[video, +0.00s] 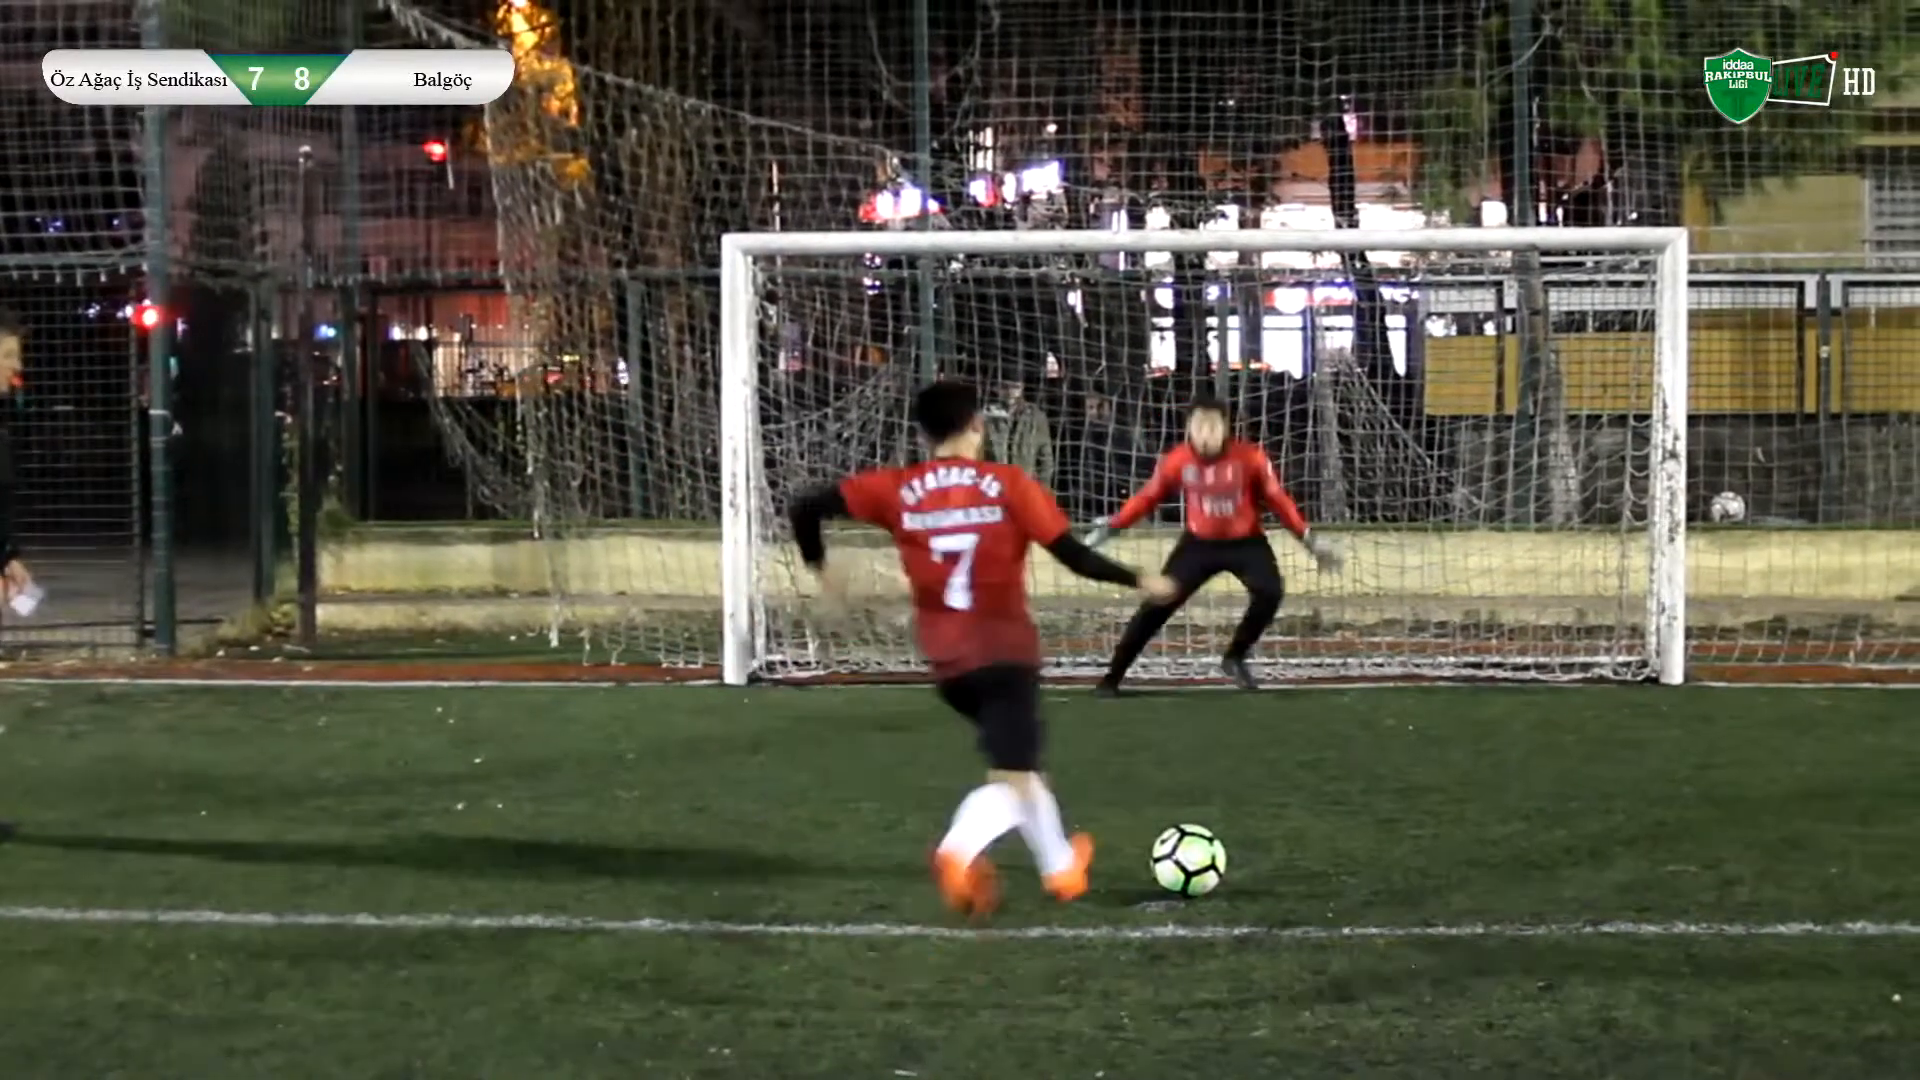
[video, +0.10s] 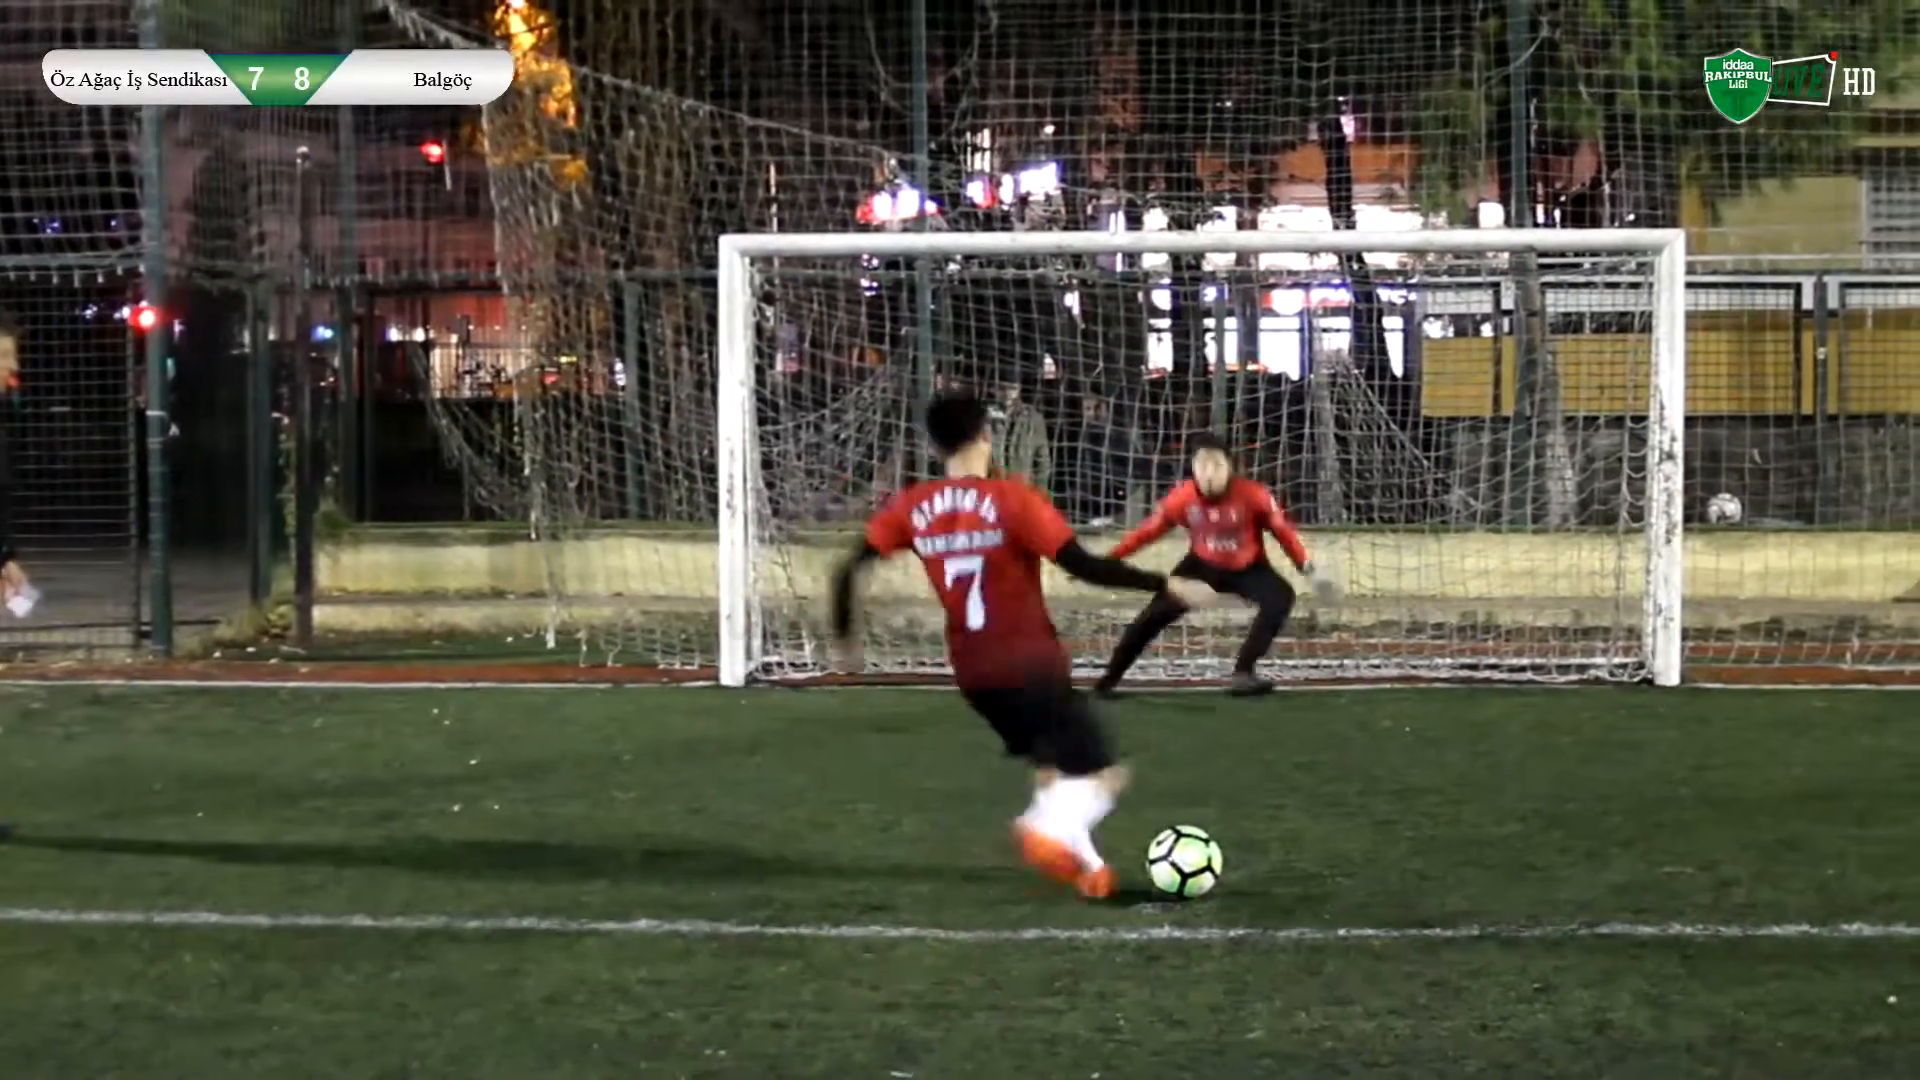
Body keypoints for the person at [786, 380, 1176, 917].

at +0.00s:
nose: (985, 429)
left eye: (981, 421)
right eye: (981, 421)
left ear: (926, 433)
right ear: (974, 426)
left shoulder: (899, 487)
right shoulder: (1009, 484)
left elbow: (806, 506)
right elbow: (1075, 555)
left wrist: (818, 565)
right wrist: (1138, 581)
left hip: (948, 664)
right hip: (1006, 657)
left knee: (1021, 764)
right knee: (1015, 784)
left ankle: (1060, 863)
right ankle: (958, 849)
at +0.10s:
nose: (991, 437)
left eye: (985, 430)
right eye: (988, 430)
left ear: (936, 444)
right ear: (983, 435)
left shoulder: (915, 504)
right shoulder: (1012, 496)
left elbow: (847, 571)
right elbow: (1083, 565)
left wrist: (844, 640)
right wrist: (1163, 584)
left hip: (975, 670)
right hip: (1032, 661)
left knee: (1050, 763)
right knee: (1108, 769)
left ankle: (1087, 858)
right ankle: (1047, 822)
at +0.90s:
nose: (765, 411)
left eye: (763, 404)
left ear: (765, 405)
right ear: (807, 395)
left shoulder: (770, 461)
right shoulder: (860, 447)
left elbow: (781, 538)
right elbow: (905, 514)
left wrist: (762, 601)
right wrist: (908, 566)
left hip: (810, 616)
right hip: (864, 610)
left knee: (809, 727)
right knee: (889, 713)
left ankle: (833, 846)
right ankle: (947, 812)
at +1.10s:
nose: (674, 421)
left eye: (674, 410)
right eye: (671, 411)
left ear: (692, 403)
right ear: (714, 398)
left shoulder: (704, 447)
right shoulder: (773, 437)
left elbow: (701, 527)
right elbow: (820, 505)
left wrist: (678, 551)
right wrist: (803, 567)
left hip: (738, 594)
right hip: (781, 587)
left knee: (764, 715)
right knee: (753, 704)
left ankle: (817, 828)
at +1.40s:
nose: (665, 354)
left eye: (669, 343)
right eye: (654, 343)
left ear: (672, 351)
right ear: (628, 351)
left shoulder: (661, 411)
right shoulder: (620, 408)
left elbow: (685, 501)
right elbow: (619, 483)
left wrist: (701, 566)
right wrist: (680, 434)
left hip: (670, 571)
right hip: (638, 570)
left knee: (672, 702)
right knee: (671, 701)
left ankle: (635, 827)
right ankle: (634, 829)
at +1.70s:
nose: (619, 362)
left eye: (622, 350)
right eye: (607, 351)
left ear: (623, 360)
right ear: (578, 360)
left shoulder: (617, 417)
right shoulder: (569, 417)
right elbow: (570, 491)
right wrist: (632, 443)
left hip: (622, 575)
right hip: (588, 577)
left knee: (639, 708)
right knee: (586, 715)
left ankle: (645, 845)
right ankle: (486, 808)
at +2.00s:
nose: (550, 371)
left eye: (555, 360)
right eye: (538, 360)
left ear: (557, 366)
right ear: (508, 366)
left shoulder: (544, 428)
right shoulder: (497, 428)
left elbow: (540, 502)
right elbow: (493, 501)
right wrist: (570, 465)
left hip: (549, 586)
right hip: (510, 587)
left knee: (585, 712)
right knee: (497, 726)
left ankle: (628, 842)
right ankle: (432, 844)